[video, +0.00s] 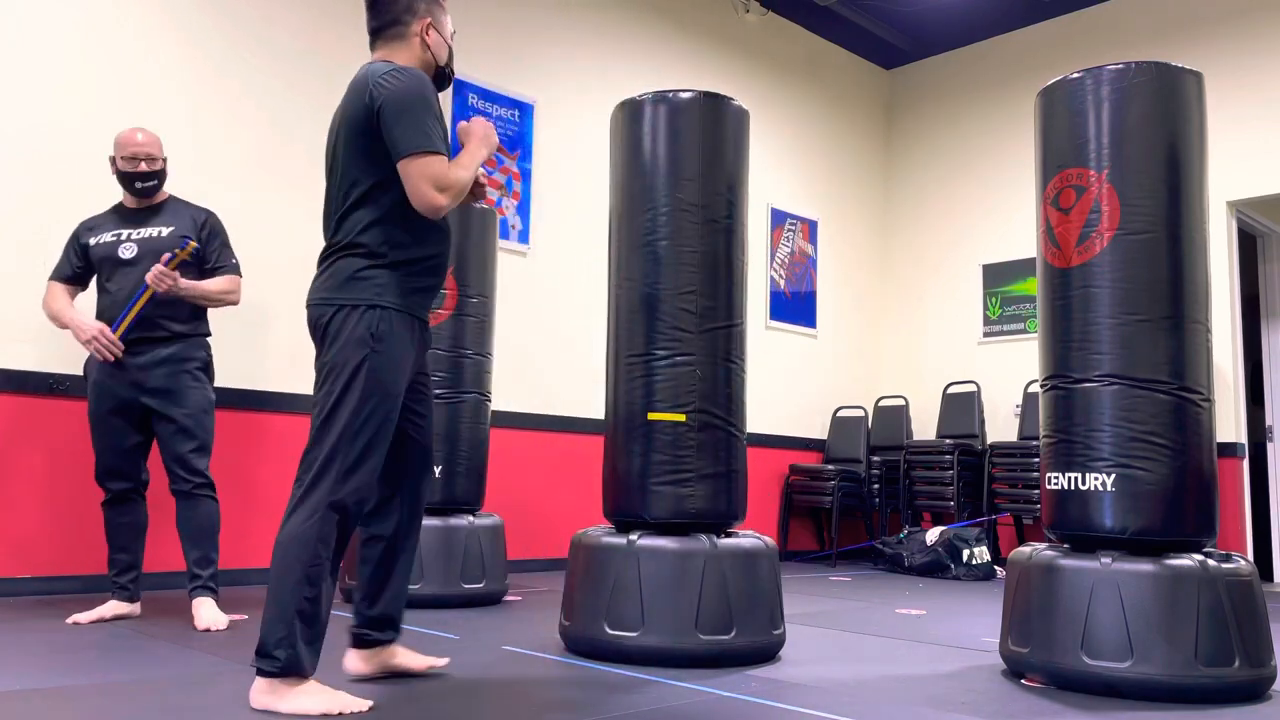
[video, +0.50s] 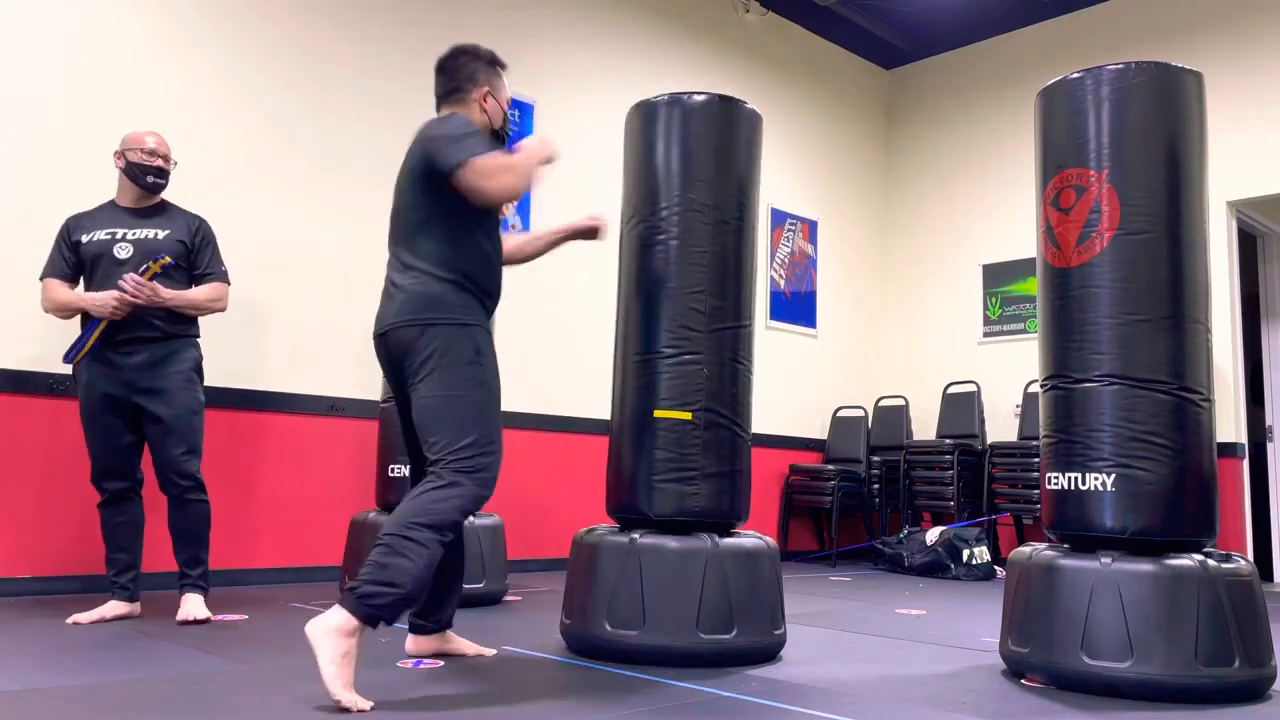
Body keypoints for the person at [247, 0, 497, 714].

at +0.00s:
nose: (453, 36)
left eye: (450, 25)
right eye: (448, 24)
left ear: (396, 29)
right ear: (426, 26)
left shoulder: (377, 88)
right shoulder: (398, 84)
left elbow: (402, 198)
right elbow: (433, 196)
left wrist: (462, 183)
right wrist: (471, 154)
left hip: (391, 308)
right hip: (371, 304)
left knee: (400, 473)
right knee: (335, 482)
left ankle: (374, 642)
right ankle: (280, 674)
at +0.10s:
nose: (457, 49)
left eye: (455, 36)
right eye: (453, 35)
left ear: (405, 34)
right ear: (430, 33)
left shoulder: (393, 94)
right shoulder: (398, 89)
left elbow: (416, 199)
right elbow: (431, 199)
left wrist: (467, 188)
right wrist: (473, 156)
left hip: (398, 315)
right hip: (375, 311)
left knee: (401, 482)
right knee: (335, 488)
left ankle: (415, 636)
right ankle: (280, 674)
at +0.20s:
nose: (465, 61)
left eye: (464, 51)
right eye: (462, 48)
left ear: (415, 44)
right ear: (440, 43)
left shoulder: (416, 113)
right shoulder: (401, 98)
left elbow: (435, 215)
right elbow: (432, 203)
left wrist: (483, 192)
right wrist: (481, 157)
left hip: (414, 323)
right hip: (385, 319)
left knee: (415, 485)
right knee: (340, 492)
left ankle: (437, 629)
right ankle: (280, 674)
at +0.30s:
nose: (480, 72)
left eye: (478, 60)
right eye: (475, 58)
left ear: (434, 61)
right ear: (450, 57)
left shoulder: (438, 133)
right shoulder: (406, 112)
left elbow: (464, 230)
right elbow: (435, 209)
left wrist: (517, 194)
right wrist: (491, 164)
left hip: (436, 334)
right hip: (400, 330)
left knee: (438, 483)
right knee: (351, 492)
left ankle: (437, 624)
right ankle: (283, 671)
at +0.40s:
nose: (493, 93)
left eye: (492, 82)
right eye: (490, 81)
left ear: (450, 80)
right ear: (466, 77)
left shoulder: (459, 152)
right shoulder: (412, 130)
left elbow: (524, 217)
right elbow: (436, 213)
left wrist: (609, 225)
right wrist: (499, 174)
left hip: (458, 336)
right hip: (415, 331)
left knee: (459, 484)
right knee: (407, 482)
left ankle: (431, 625)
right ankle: (301, 648)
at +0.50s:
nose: (508, 108)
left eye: (507, 100)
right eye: (505, 98)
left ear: (450, 95)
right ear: (487, 95)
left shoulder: (445, 151)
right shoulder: (455, 130)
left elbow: (493, 251)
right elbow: (490, 185)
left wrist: (567, 230)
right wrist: (535, 152)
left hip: (414, 321)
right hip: (443, 319)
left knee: (441, 474)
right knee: (467, 470)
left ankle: (429, 629)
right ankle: (347, 620)